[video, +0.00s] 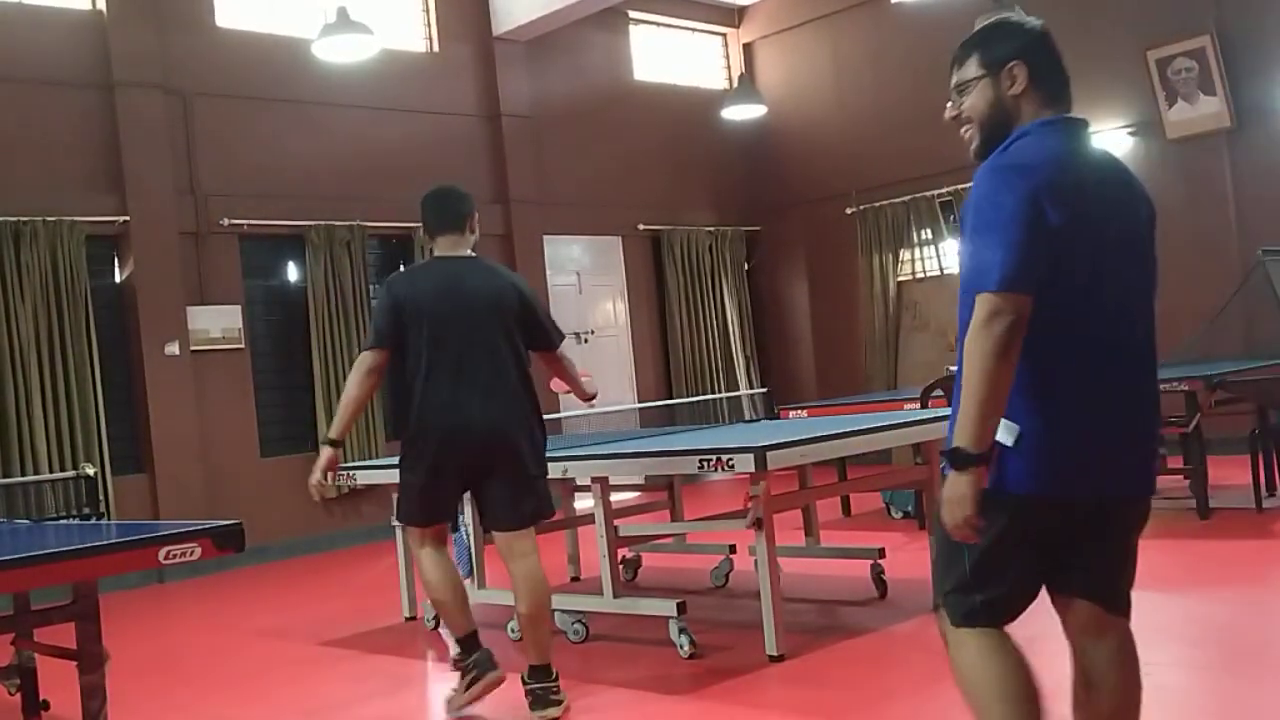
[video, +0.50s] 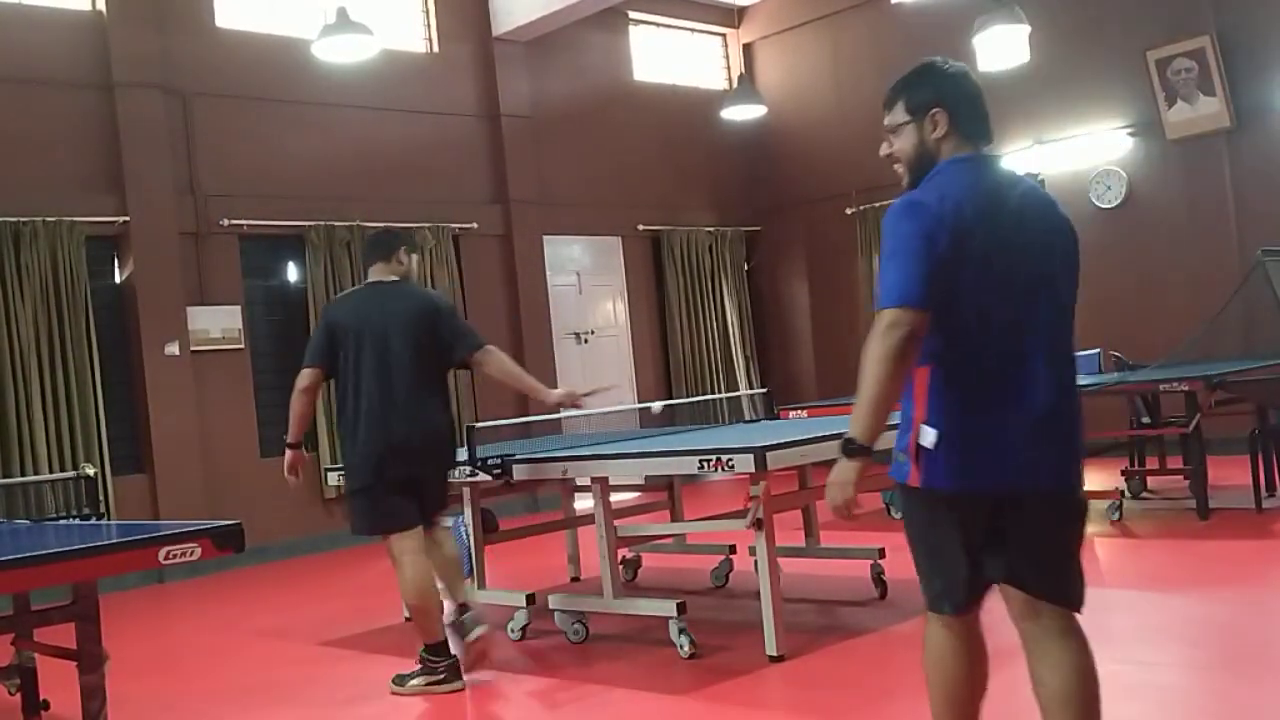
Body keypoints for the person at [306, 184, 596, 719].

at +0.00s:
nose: (476, 230)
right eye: (476, 223)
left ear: (424, 231)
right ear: (474, 226)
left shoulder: (400, 288)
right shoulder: (506, 284)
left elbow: (370, 366)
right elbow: (552, 353)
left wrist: (333, 441)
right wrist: (578, 385)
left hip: (434, 440)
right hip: (508, 433)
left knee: (428, 541)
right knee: (520, 547)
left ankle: (473, 659)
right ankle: (542, 682)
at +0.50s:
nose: (417, 267)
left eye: (414, 260)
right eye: (414, 260)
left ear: (367, 264)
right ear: (403, 258)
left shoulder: (338, 310)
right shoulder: (429, 304)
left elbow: (307, 384)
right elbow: (483, 357)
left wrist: (294, 443)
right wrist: (545, 394)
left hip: (373, 450)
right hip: (431, 443)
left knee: (407, 548)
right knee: (433, 527)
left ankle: (439, 661)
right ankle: (462, 611)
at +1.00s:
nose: (359, 280)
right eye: (357, 275)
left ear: (313, 278)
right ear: (352, 277)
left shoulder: (289, 322)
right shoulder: (377, 317)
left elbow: (266, 386)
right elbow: (426, 365)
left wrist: (255, 444)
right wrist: (473, 376)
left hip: (311, 448)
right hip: (368, 446)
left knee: (306, 531)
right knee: (365, 534)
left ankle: (348, 600)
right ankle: (363, 645)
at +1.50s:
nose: (309, 296)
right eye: (308, 291)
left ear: (268, 297)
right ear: (305, 295)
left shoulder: (251, 340)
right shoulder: (328, 335)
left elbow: (228, 394)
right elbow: (377, 383)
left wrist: (201, 450)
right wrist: (390, 380)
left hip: (275, 452)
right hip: (324, 447)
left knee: (288, 531)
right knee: (326, 523)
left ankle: (304, 625)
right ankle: (341, 581)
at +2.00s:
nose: (307, 315)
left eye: (307, 309)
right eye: (307, 310)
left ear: (270, 311)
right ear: (300, 310)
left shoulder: (244, 347)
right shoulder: (315, 349)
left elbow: (221, 397)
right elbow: (343, 398)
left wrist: (209, 441)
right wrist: (370, 413)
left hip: (259, 454)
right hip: (306, 453)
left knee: (254, 521)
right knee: (298, 521)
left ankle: (268, 571)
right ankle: (284, 605)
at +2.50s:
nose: (328, 316)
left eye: (326, 310)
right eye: (322, 310)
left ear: (298, 317)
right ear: (301, 315)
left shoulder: (278, 354)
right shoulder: (319, 346)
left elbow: (271, 406)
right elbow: (338, 392)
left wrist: (268, 450)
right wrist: (376, 416)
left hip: (299, 447)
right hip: (331, 444)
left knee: (312, 509)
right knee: (349, 508)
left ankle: (310, 582)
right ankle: (310, 566)